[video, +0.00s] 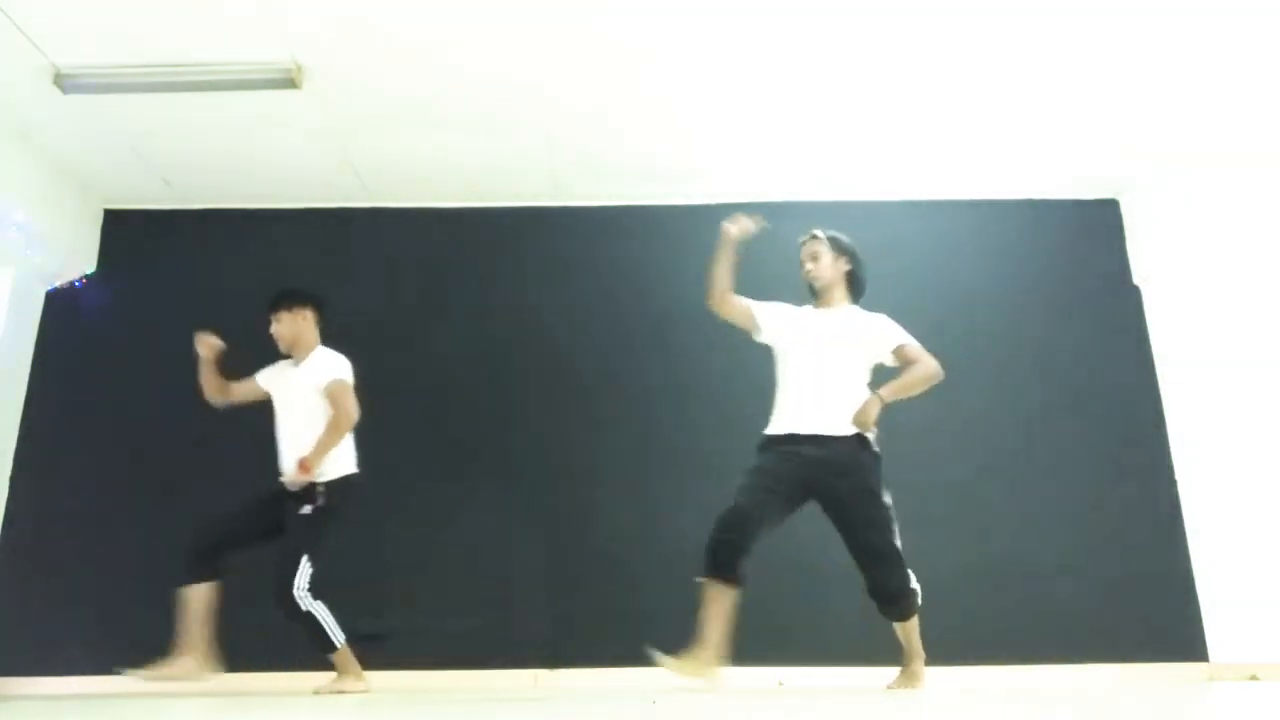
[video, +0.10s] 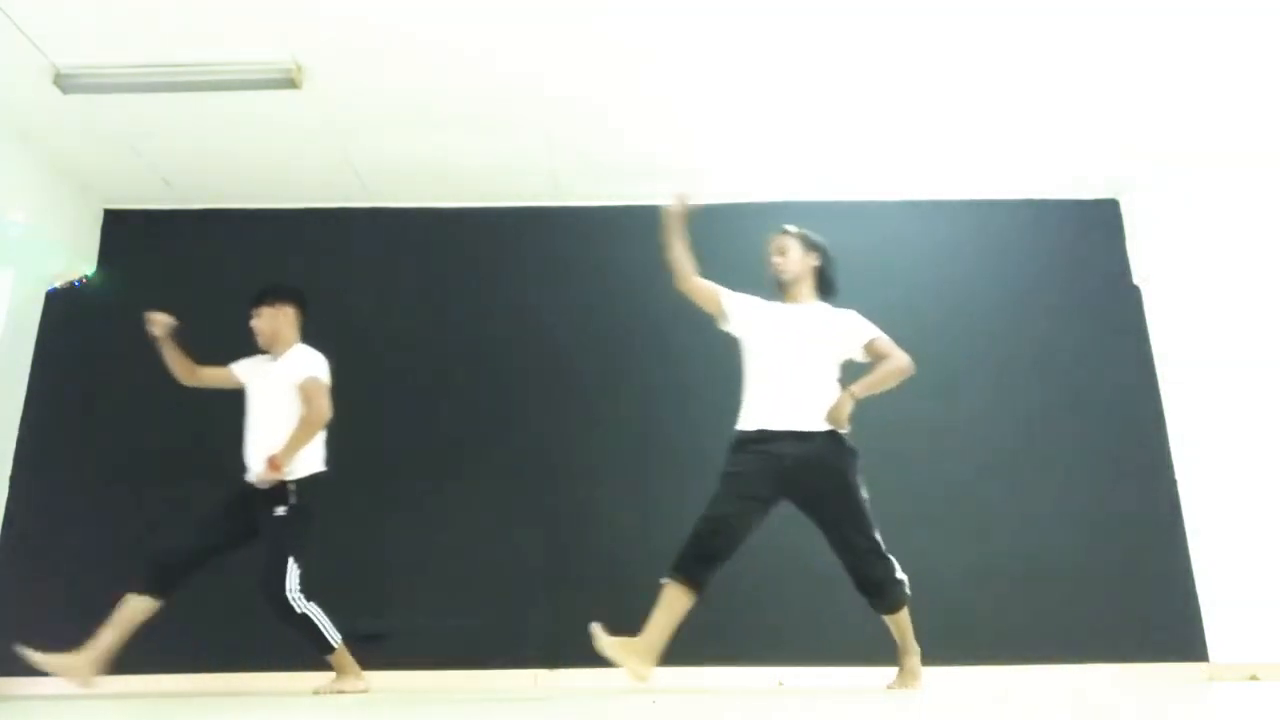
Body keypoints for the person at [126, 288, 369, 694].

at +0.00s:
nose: (272, 330)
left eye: (277, 320)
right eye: (271, 322)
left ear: (304, 318)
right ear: (289, 323)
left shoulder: (330, 364)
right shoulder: (281, 373)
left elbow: (347, 413)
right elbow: (219, 395)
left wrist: (313, 458)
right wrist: (207, 359)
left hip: (328, 493)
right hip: (290, 494)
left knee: (297, 590)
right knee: (205, 547)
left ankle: (351, 674)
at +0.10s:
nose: (252, 322)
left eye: (259, 313)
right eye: (252, 315)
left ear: (287, 315)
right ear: (270, 320)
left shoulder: (307, 361)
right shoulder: (258, 367)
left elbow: (320, 413)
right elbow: (191, 376)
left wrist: (284, 455)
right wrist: (164, 339)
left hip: (292, 495)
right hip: (254, 494)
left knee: (286, 593)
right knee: (170, 563)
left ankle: (351, 674)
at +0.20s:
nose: (215, 320)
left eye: (224, 311)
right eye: (216, 313)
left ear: (252, 315)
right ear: (231, 321)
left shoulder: (271, 360)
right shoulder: (215, 366)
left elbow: (286, 412)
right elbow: (146, 368)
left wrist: (250, 456)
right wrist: (103, 332)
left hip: (259, 495)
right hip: (217, 497)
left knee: (275, 594)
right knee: (140, 571)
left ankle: (349, 674)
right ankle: (49, 671)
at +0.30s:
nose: (159, 324)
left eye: (169, 315)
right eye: (161, 317)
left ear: (196, 320)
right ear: (170, 326)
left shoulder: (217, 362)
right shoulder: (159, 373)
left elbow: (249, 412)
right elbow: (85, 374)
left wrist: (217, 462)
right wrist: (29, 345)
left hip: (232, 496)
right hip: (185, 501)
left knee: (266, 588)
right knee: (100, 561)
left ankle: (345, 671)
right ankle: (32, 674)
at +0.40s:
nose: (103, 337)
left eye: (111, 327)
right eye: (103, 330)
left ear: (141, 329)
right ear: (115, 340)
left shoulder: (170, 368)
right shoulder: (113, 387)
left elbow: (216, 414)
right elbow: (38, 399)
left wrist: (195, 474)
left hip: (212, 497)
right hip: (167, 506)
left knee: (251, 586)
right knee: (71, 558)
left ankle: (327, 671)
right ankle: (30, 673)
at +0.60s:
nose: (44, 372)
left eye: (50, 361)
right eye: (42, 364)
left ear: (82, 355)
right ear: (73, 362)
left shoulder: (126, 385)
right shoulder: (75, 420)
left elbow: (194, 416)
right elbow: (18, 461)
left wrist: (186, 482)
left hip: (201, 502)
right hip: (155, 512)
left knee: (245, 588)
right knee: (61, 555)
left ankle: (319, 669)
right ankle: (29, 674)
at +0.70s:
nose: (51, 381)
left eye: (56, 370)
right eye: (49, 374)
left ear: (86, 362)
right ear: (74, 372)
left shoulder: (135, 391)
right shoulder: (83, 430)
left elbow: (204, 419)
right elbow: (35, 483)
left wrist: (199, 483)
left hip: (210, 504)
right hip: (160, 515)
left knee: (257, 589)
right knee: (68, 560)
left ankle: (324, 669)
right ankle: (30, 674)